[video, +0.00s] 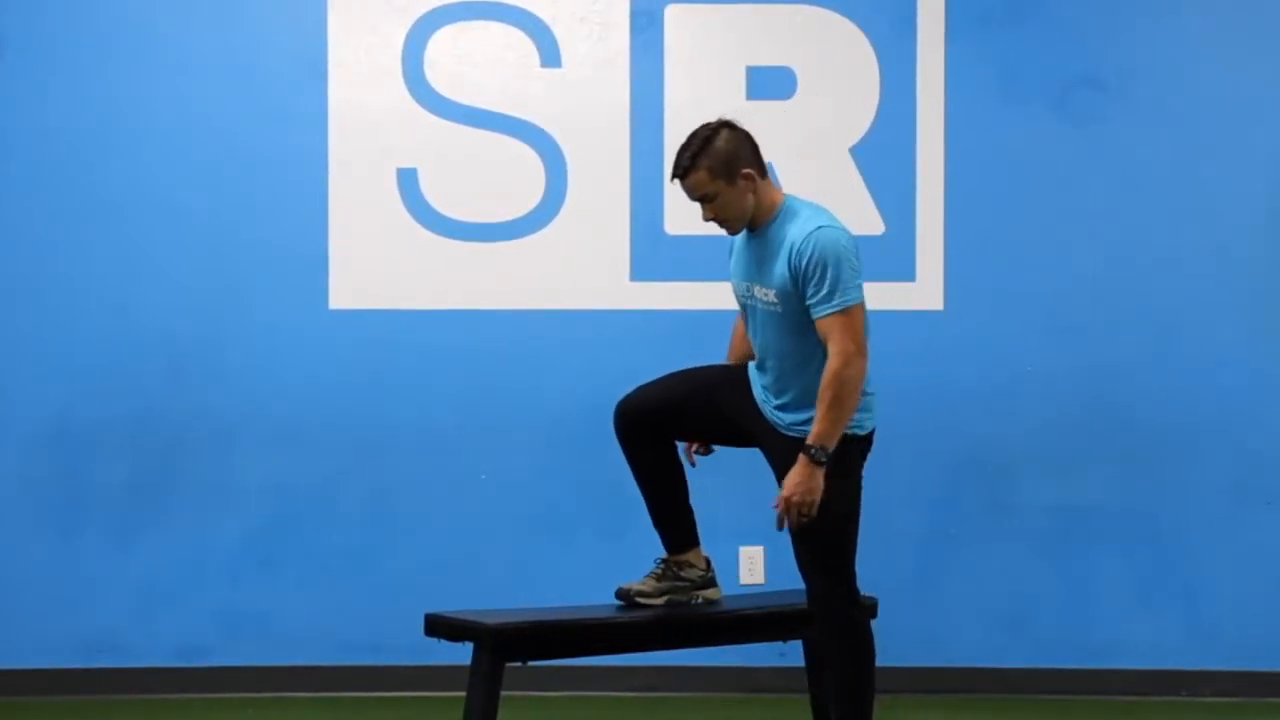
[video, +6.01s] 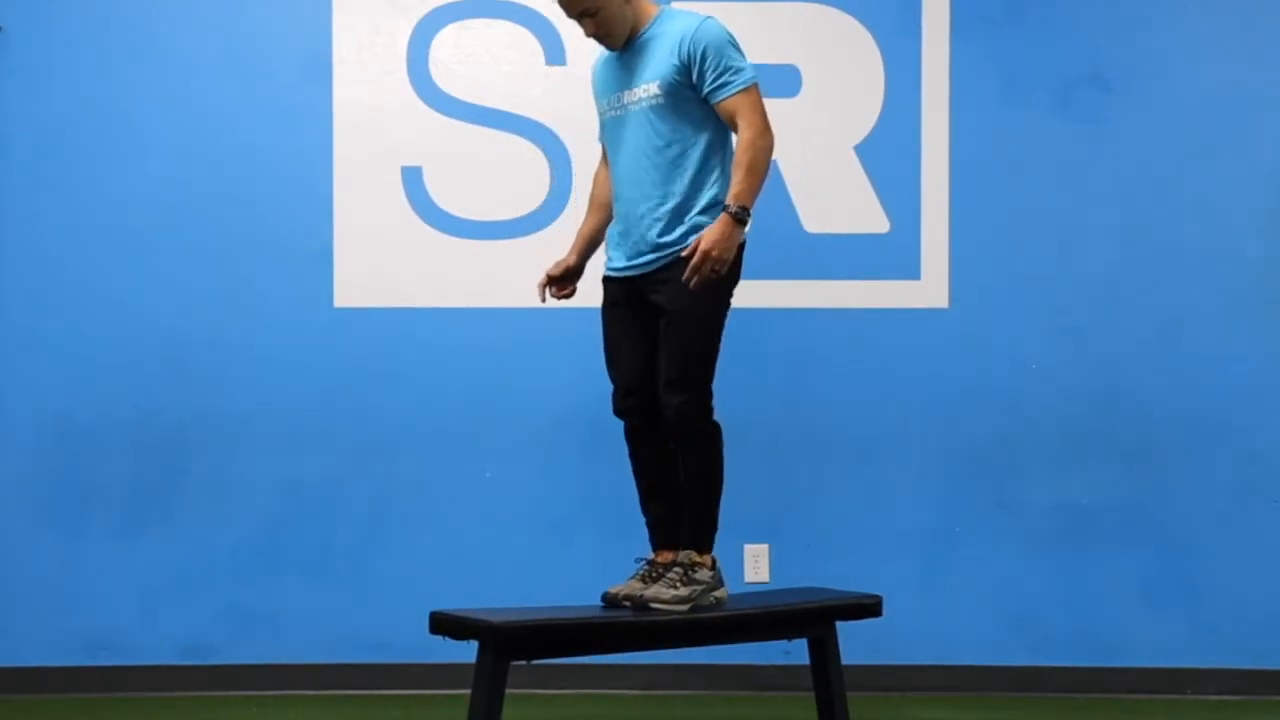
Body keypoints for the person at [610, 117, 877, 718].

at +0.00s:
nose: (706, 214)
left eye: (709, 200)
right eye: (699, 203)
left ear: (749, 178)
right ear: (744, 180)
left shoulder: (820, 242)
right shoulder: (749, 234)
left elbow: (849, 358)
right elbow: (750, 327)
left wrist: (815, 460)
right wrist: (711, 416)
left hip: (820, 432)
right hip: (756, 395)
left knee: (831, 598)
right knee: (638, 417)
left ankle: (846, 713)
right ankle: (687, 566)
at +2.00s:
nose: (618, 71)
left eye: (625, 58)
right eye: (611, 60)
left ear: (663, 37)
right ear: (608, 49)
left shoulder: (724, 102)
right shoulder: (619, 91)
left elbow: (785, 198)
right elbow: (623, 175)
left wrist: (752, 277)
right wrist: (601, 253)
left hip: (703, 285)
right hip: (633, 288)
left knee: (667, 414)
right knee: (612, 429)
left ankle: (721, 569)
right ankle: (603, 581)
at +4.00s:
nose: (528, 216)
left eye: (532, 201)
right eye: (517, 207)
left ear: (562, 179)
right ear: (512, 202)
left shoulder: (626, 218)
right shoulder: (539, 257)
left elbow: (702, 287)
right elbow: (548, 348)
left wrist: (698, 362)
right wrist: (525, 432)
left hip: (646, 388)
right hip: (583, 415)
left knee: (588, 488)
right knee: (595, 545)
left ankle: (639, 625)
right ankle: (629, 702)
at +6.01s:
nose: (584, 30)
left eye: (585, 15)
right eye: (576, 21)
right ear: (582, 15)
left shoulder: (697, 35)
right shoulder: (605, 68)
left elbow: (755, 132)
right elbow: (613, 168)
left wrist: (732, 219)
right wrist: (578, 256)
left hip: (694, 259)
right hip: (626, 270)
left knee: (684, 403)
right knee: (636, 407)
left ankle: (699, 564)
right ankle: (666, 561)